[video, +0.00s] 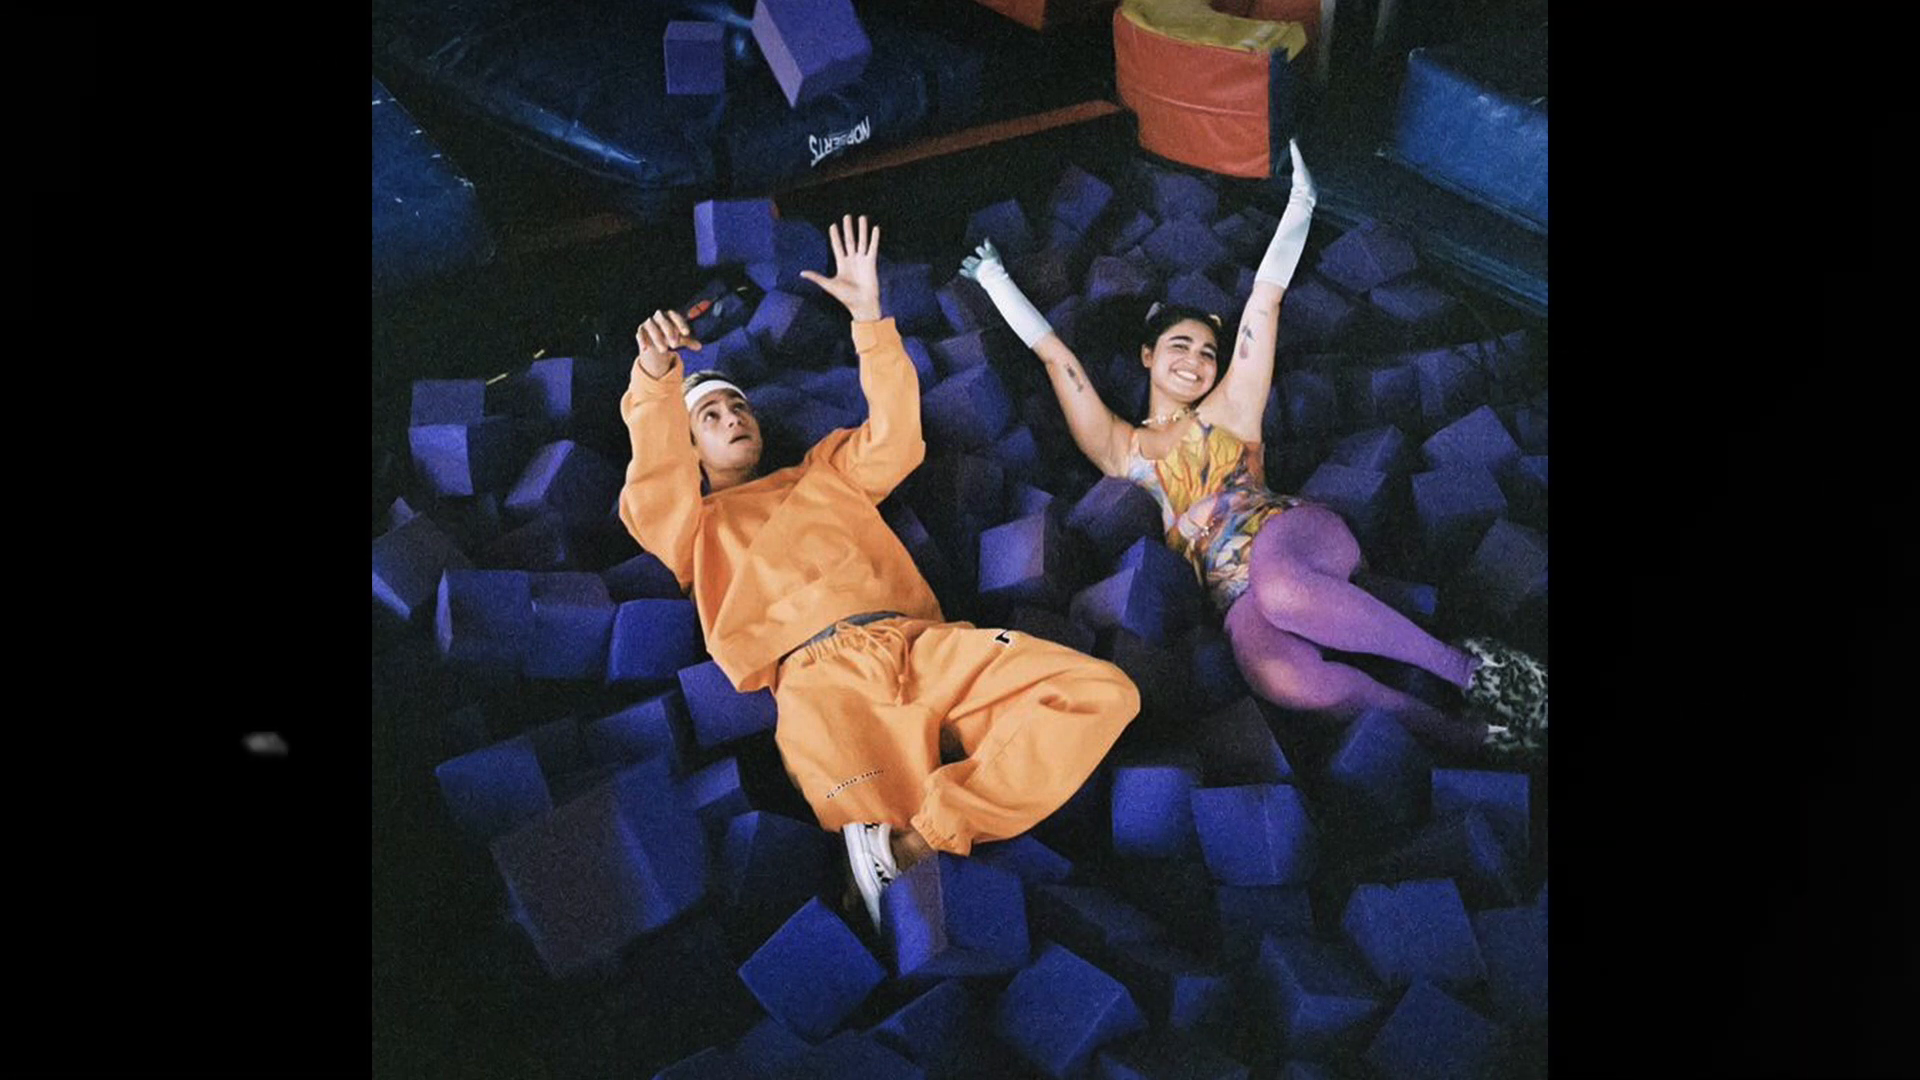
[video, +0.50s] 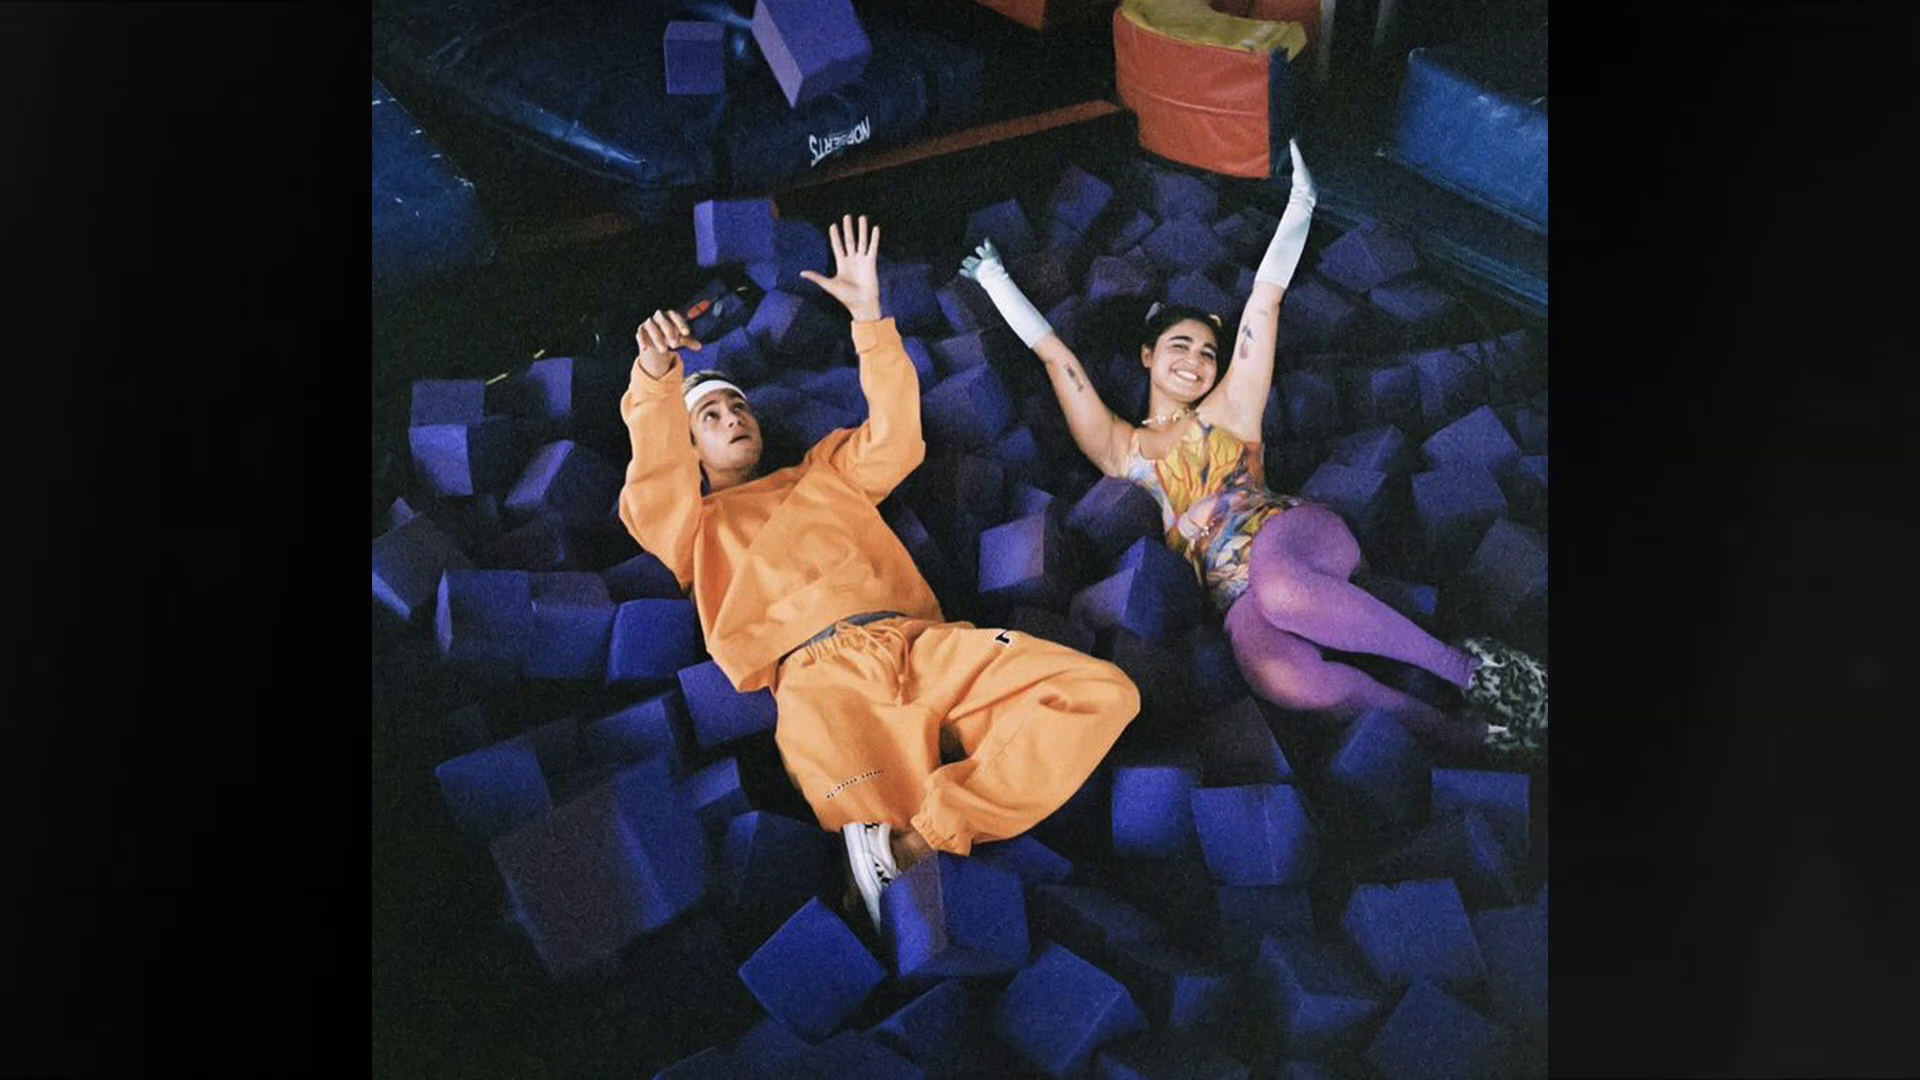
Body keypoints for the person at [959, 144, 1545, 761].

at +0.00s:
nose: (1191, 360)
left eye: (1205, 354)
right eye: (1176, 346)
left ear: (1216, 371)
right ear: (1145, 357)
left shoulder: (1230, 411)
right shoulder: (1122, 448)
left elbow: (1263, 306)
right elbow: (1057, 359)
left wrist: (1298, 210)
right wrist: (992, 278)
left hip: (1288, 531)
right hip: (1238, 596)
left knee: (1280, 593)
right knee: (1285, 679)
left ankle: (1472, 671)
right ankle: (1464, 734)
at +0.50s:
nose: (1191, 360)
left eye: (1205, 354)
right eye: (1177, 346)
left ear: (1217, 370)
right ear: (1145, 357)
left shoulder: (1230, 411)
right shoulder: (1122, 448)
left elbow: (1264, 305)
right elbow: (1058, 359)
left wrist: (1298, 209)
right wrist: (992, 278)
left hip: (1288, 531)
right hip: (1238, 596)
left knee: (1280, 593)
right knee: (1287, 680)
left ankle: (1472, 671)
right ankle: (1462, 733)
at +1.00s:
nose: (1190, 359)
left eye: (1204, 353)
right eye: (1176, 346)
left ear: (1216, 370)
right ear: (1145, 358)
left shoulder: (1230, 411)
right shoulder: (1122, 449)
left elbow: (1264, 304)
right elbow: (1057, 359)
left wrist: (1299, 209)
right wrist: (992, 277)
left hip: (1288, 531)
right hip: (1238, 596)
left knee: (1280, 593)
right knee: (1285, 680)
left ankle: (1472, 671)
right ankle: (1450, 723)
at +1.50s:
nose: (1191, 360)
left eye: (1205, 353)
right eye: (1176, 346)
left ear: (1217, 370)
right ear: (1145, 358)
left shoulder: (1230, 411)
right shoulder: (1123, 448)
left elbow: (1264, 304)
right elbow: (1057, 359)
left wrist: (1298, 209)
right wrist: (992, 277)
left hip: (1290, 532)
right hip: (1239, 598)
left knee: (1278, 592)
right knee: (1285, 679)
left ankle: (1471, 670)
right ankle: (1459, 731)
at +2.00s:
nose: (1191, 360)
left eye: (1204, 353)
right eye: (1176, 346)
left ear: (1216, 370)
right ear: (1145, 358)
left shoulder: (1230, 411)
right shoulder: (1122, 448)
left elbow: (1264, 304)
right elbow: (1057, 359)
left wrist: (1298, 209)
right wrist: (992, 277)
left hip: (1289, 531)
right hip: (1239, 597)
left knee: (1278, 593)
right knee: (1285, 680)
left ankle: (1471, 670)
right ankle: (1461, 732)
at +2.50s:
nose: (1190, 359)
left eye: (1204, 353)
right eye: (1176, 346)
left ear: (1216, 370)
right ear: (1145, 358)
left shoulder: (1230, 411)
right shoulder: (1122, 449)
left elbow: (1264, 304)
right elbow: (1057, 359)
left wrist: (1299, 209)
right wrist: (992, 277)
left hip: (1288, 531)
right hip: (1238, 596)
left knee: (1279, 593)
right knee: (1286, 680)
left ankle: (1471, 671)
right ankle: (1462, 733)